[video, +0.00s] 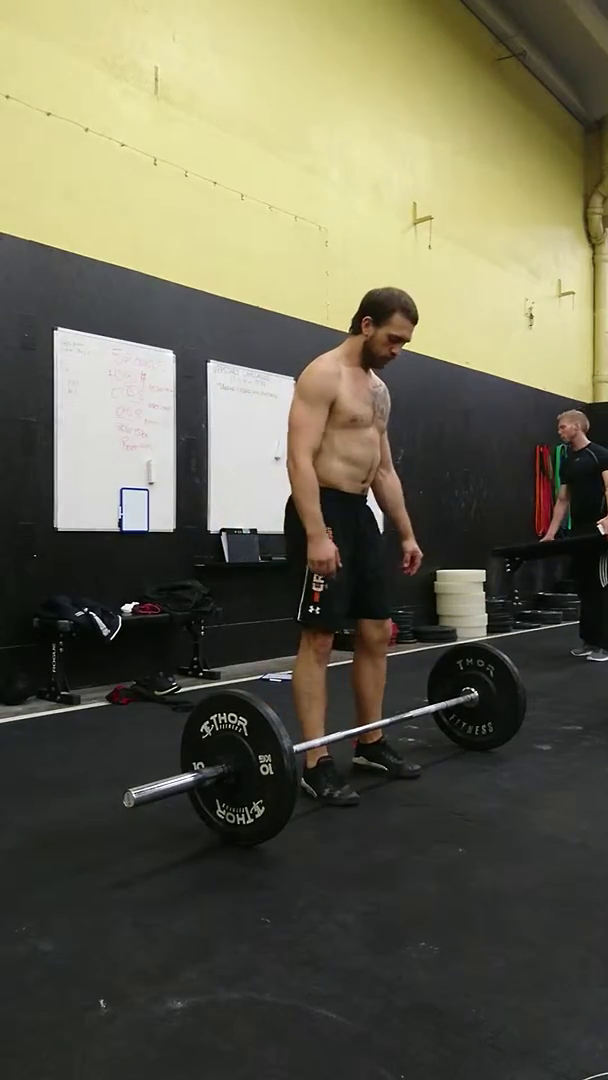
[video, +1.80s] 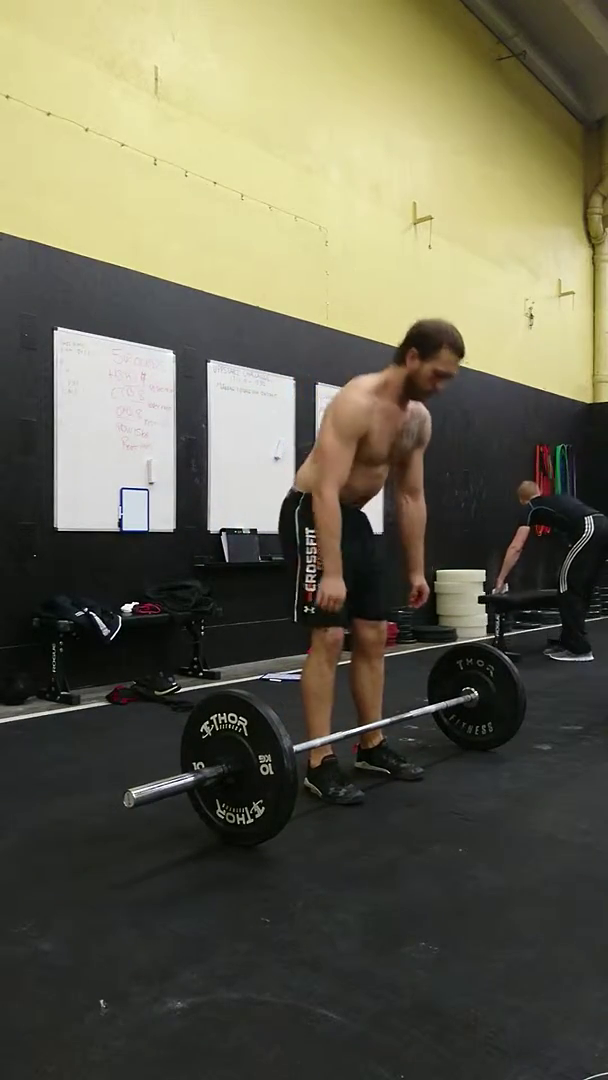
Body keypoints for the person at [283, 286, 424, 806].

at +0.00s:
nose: (398, 351)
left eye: (404, 343)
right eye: (394, 340)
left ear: (396, 337)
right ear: (365, 325)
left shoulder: (379, 388)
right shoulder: (323, 374)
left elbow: (383, 468)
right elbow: (299, 458)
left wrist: (405, 531)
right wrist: (316, 534)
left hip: (363, 516)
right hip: (323, 515)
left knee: (375, 635)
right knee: (318, 640)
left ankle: (371, 742)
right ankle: (316, 761)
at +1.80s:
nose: (441, 386)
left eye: (448, 378)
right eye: (438, 375)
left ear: (440, 369)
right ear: (411, 357)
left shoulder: (418, 419)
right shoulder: (356, 401)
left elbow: (411, 495)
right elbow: (326, 487)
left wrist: (417, 570)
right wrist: (332, 571)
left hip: (355, 516)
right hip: (312, 512)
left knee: (372, 636)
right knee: (328, 638)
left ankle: (371, 746)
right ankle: (319, 761)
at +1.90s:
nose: (453, 425)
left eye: (459, 418)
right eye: (451, 414)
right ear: (425, 395)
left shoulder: (425, 450)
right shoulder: (365, 433)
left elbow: (413, 525)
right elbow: (338, 523)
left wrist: (413, 601)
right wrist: (337, 607)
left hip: (351, 526)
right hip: (305, 520)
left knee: (373, 635)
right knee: (328, 638)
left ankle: (371, 744)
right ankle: (320, 761)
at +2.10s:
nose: (459, 501)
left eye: (467, 495)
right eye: (459, 491)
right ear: (437, 468)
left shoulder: (433, 513)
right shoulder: (375, 498)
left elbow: (419, 586)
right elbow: (346, 593)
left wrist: (413, 659)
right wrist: (336, 678)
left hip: (352, 545)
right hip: (298, 536)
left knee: (382, 636)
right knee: (328, 643)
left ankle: (373, 746)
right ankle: (320, 761)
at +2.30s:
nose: (463, 538)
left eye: (470, 533)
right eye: (463, 528)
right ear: (441, 504)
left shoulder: (436, 542)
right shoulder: (378, 530)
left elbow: (421, 612)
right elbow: (342, 627)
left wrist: (416, 687)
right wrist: (332, 705)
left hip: (346, 555)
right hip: (297, 545)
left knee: (389, 638)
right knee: (335, 645)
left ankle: (373, 747)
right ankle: (320, 762)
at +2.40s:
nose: (464, 542)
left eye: (471, 537)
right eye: (464, 533)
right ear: (442, 510)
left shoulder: (438, 548)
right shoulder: (380, 535)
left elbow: (424, 618)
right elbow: (346, 633)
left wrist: (418, 692)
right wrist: (336, 713)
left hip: (346, 558)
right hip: (297, 548)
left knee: (392, 640)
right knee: (337, 647)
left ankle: (372, 748)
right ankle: (320, 763)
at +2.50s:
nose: (466, 543)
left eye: (472, 537)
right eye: (465, 533)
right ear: (443, 511)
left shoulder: (440, 553)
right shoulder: (382, 540)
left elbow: (425, 623)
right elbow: (348, 636)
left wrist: (418, 695)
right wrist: (335, 715)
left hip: (347, 562)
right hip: (300, 550)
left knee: (395, 643)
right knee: (340, 649)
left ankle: (373, 748)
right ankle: (321, 763)